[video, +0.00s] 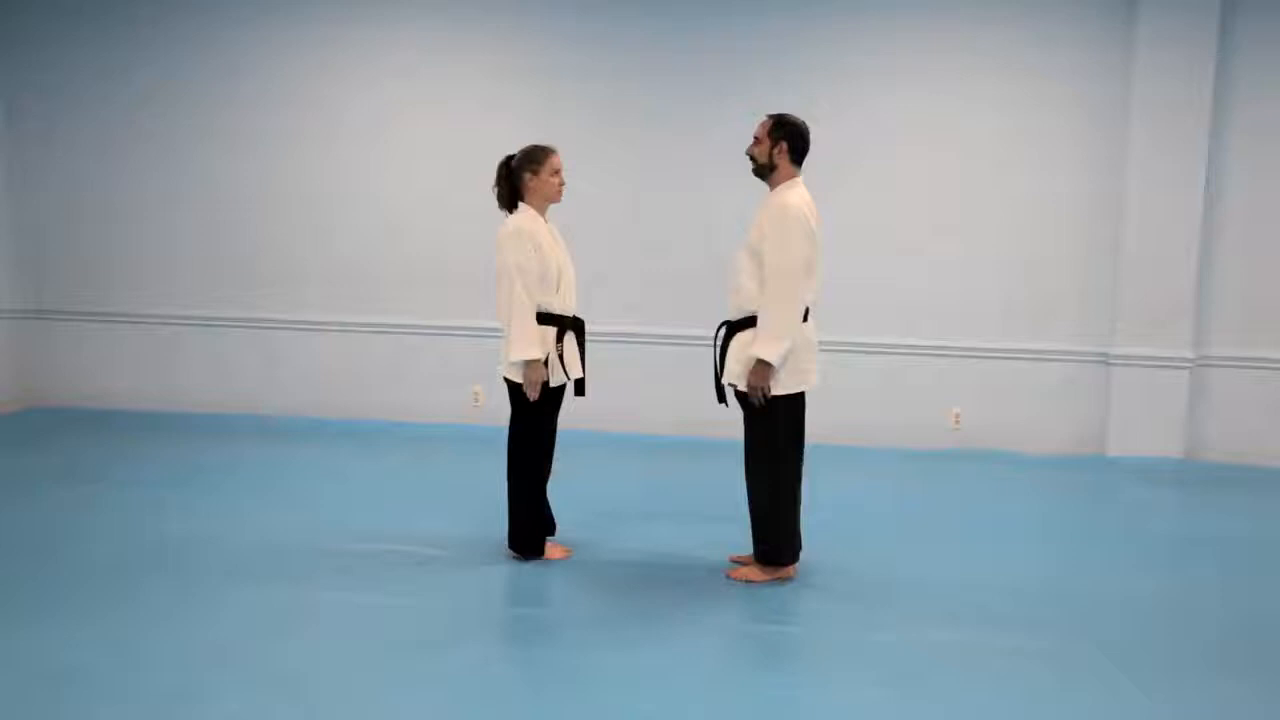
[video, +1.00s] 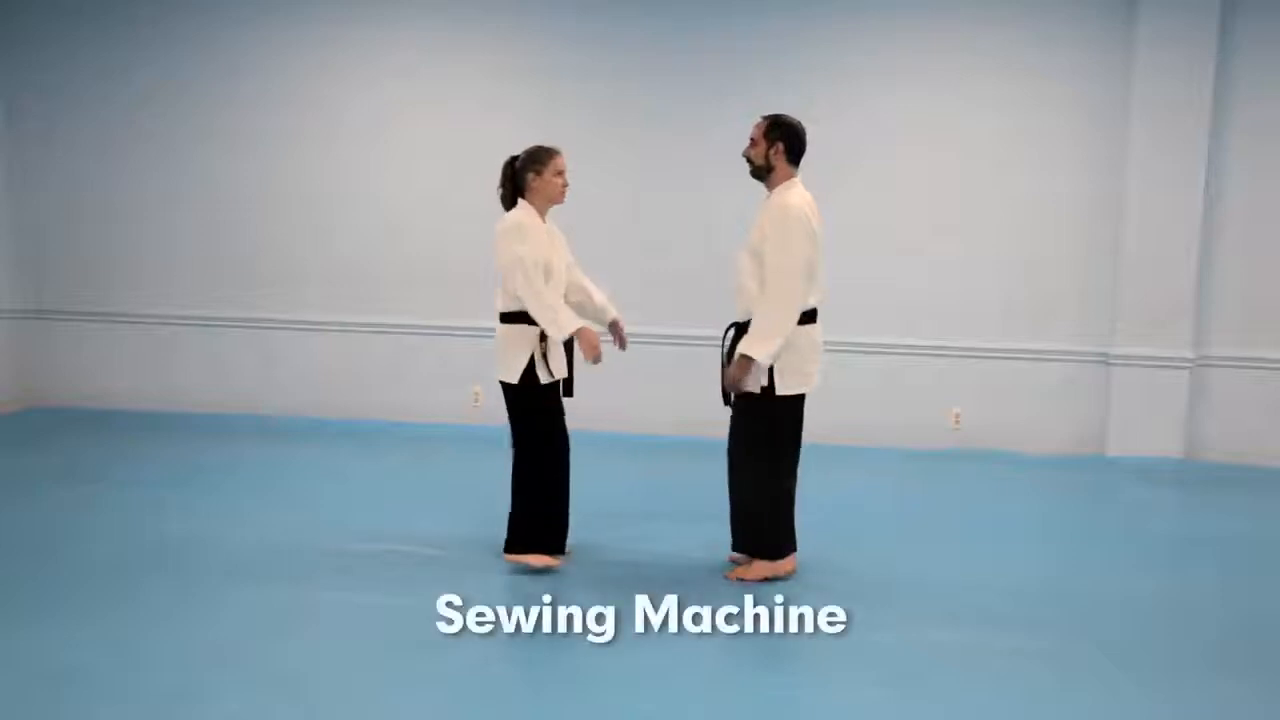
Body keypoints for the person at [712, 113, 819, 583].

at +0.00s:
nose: (749, 147)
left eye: (757, 140)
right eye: (753, 139)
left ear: (781, 149)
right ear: (781, 149)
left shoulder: (789, 207)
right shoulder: (782, 203)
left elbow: (786, 291)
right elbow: (780, 288)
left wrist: (767, 358)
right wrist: (755, 352)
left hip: (775, 358)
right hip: (770, 356)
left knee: (772, 464)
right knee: (770, 462)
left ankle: (777, 560)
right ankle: (772, 551)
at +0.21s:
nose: (749, 147)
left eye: (757, 140)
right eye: (752, 139)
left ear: (781, 149)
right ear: (781, 149)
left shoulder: (789, 207)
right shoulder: (782, 203)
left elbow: (786, 291)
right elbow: (780, 288)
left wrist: (767, 358)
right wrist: (755, 351)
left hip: (776, 358)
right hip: (770, 356)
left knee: (772, 464)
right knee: (769, 462)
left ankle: (777, 560)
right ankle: (772, 551)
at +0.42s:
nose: (749, 147)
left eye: (756, 140)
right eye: (752, 139)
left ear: (780, 149)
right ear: (781, 149)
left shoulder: (789, 207)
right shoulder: (781, 203)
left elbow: (786, 291)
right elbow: (780, 288)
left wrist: (767, 358)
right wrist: (754, 351)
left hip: (776, 359)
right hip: (770, 356)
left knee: (772, 464)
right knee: (769, 462)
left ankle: (777, 560)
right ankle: (772, 551)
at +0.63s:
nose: (748, 147)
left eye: (756, 140)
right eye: (752, 139)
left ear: (780, 149)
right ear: (781, 149)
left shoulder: (789, 207)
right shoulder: (781, 203)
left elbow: (786, 291)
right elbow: (780, 289)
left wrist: (767, 358)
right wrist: (755, 352)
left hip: (776, 359)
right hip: (770, 356)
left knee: (772, 464)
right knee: (769, 463)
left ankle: (777, 560)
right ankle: (772, 551)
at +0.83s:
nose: (748, 148)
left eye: (755, 141)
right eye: (751, 140)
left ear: (779, 149)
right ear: (780, 149)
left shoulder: (789, 207)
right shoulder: (782, 203)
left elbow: (787, 291)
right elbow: (781, 289)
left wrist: (767, 358)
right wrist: (756, 352)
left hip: (775, 358)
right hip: (771, 355)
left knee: (770, 464)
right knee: (769, 462)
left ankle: (773, 558)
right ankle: (770, 549)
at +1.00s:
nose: (746, 150)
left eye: (754, 143)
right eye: (749, 141)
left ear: (777, 151)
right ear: (779, 151)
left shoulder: (791, 207)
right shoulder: (781, 203)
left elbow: (784, 293)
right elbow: (777, 288)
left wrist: (749, 355)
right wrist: (744, 349)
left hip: (782, 351)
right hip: (771, 348)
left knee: (766, 457)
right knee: (757, 454)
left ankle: (775, 554)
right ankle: (760, 547)